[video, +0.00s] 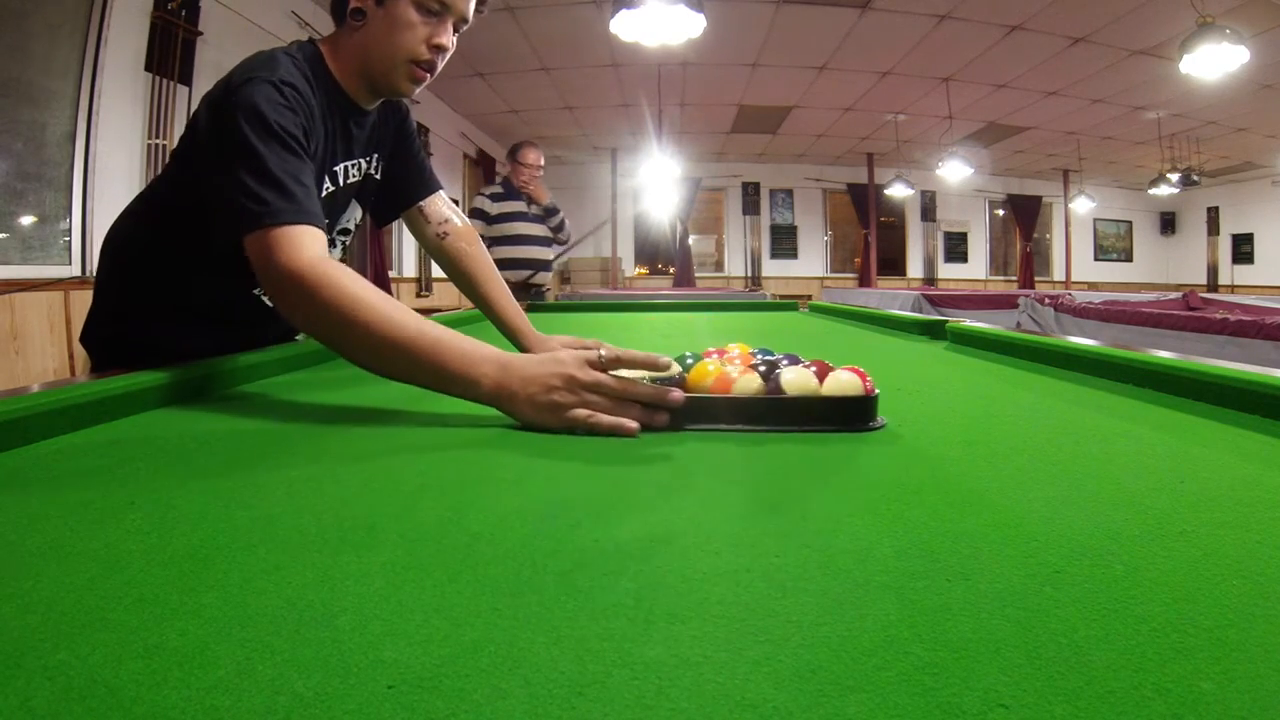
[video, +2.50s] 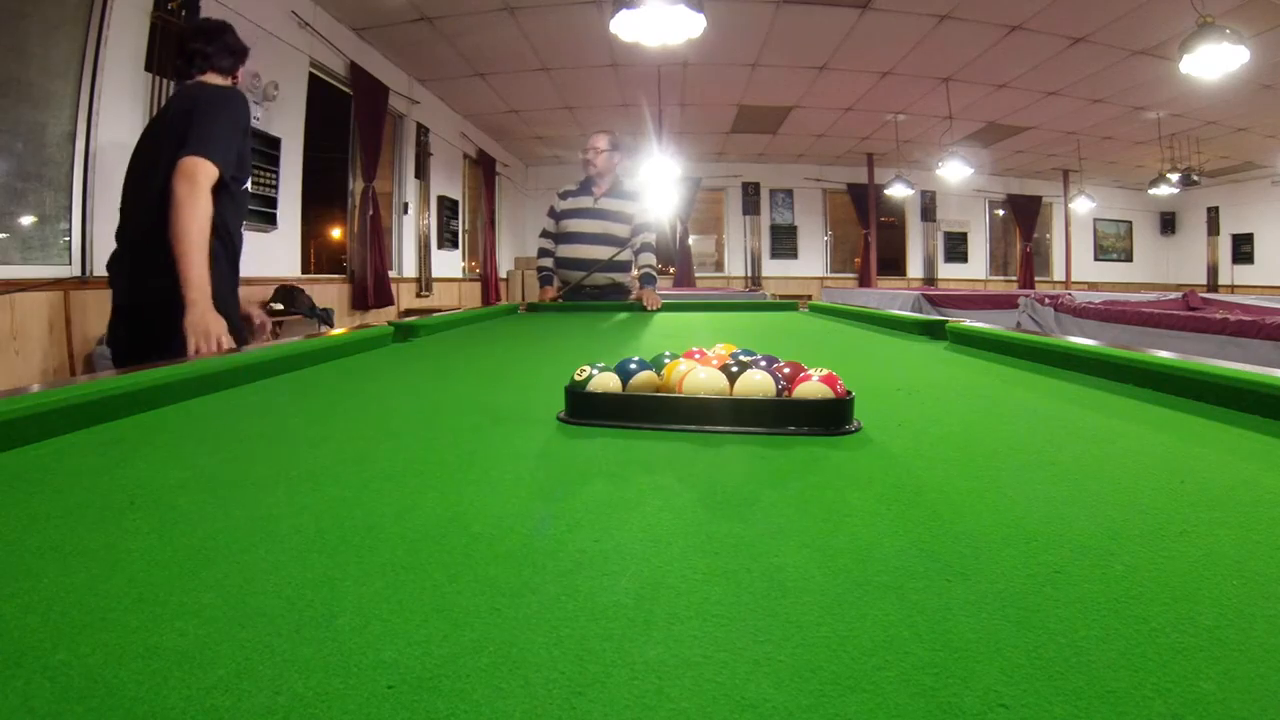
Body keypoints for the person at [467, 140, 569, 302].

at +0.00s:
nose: (536, 174)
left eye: (540, 168)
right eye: (529, 167)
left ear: (543, 169)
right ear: (511, 164)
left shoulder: (541, 199)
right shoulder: (489, 196)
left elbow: (564, 239)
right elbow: (472, 241)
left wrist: (547, 203)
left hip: (537, 293)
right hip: (502, 291)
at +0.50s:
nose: (546, 166)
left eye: (552, 161)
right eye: (539, 160)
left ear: (558, 167)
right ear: (527, 165)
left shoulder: (565, 206)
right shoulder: (508, 200)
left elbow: (587, 246)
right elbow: (491, 246)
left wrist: (586, 233)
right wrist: (495, 286)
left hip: (559, 294)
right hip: (522, 292)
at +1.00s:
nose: (542, 158)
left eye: (548, 153)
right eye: (534, 154)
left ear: (556, 160)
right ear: (524, 163)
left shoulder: (575, 199)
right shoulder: (506, 203)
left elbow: (595, 234)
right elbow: (491, 248)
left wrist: (609, 263)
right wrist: (496, 284)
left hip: (569, 296)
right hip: (527, 298)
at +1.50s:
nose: (565, 155)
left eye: (572, 151)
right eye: (558, 151)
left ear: (582, 162)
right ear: (549, 162)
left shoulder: (601, 202)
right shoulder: (529, 201)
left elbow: (616, 242)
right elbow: (514, 244)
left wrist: (632, 279)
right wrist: (516, 284)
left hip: (589, 297)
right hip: (544, 298)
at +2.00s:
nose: (609, 154)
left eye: (617, 150)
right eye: (602, 149)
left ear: (625, 157)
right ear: (593, 157)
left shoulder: (638, 203)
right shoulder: (569, 198)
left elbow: (649, 246)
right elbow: (551, 242)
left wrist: (649, 285)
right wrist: (549, 284)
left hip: (619, 300)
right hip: (574, 298)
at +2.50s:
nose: (588, 157)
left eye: (596, 151)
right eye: (586, 152)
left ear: (616, 158)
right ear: (583, 155)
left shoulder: (634, 200)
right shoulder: (565, 197)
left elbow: (644, 243)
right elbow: (546, 241)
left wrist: (648, 286)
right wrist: (546, 284)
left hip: (615, 298)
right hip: (570, 297)